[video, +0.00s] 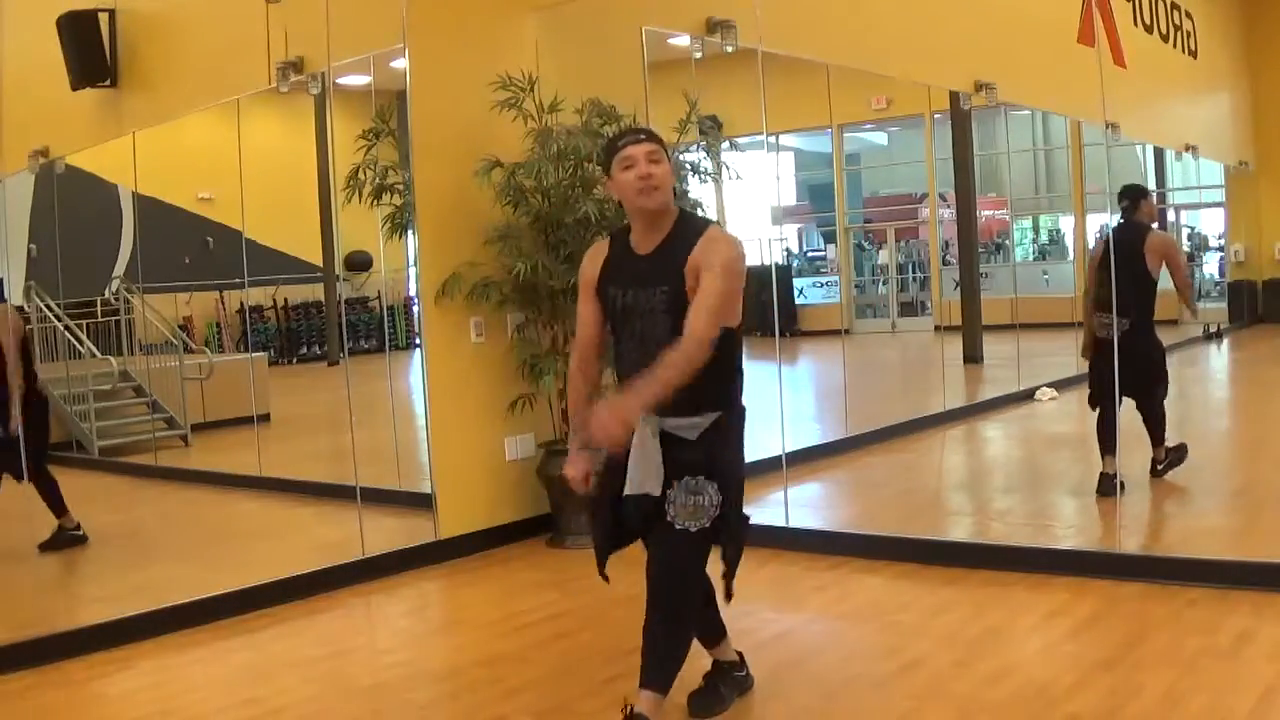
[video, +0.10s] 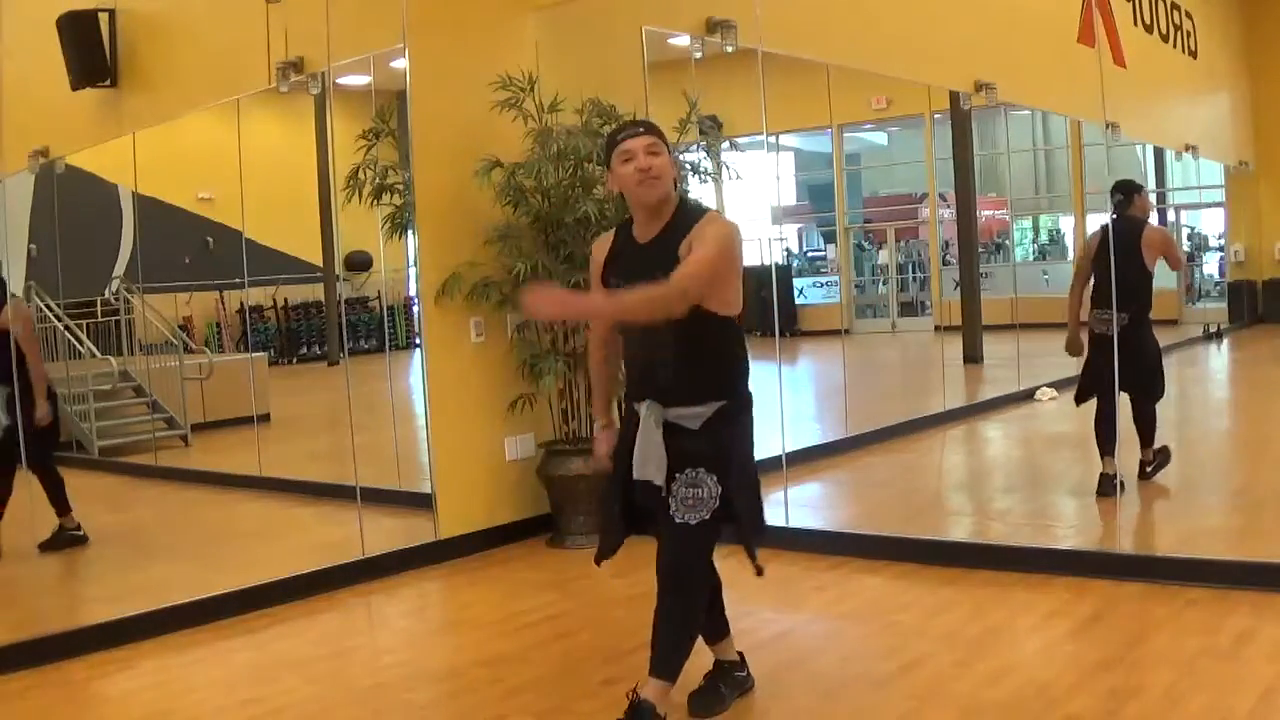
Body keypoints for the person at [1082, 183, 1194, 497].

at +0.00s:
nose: (1155, 207)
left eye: (1153, 201)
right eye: (1152, 202)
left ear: (1124, 208)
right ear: (1142, 206)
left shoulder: (1104, 242)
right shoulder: (1161, 241)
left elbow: (1091, 294)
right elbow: (1184, 287)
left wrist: (1088, 335)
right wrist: (1189, 304)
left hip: (1104, 337)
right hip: (1139, 336)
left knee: (1107, 405)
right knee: (1150, 397)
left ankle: (1108, 474)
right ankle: (1160, 456)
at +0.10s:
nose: (1149, 201)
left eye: (1147, 195)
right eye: (1146, 196)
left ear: (1117, 202)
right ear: (1136, 199)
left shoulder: (1097, 238)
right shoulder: (1156, 235)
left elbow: (1078, 285)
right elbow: (1177, 265)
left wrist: (1073, 330)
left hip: (1101, 334)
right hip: (1136, 334)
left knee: (1105, 401)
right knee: (1143, 396)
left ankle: (1107, 473)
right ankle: (1147, 459)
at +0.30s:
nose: (1136, 199)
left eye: (1133, 194)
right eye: (1133, 194)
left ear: (1108, 201)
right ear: (1125, 198)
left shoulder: (1087, 238)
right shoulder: (1150, 232)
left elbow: (1069, 285)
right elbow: (1156, 261)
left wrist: (1062, 329)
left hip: (1097, 334)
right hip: (1135, 332)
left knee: (1102, 400)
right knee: (1133, 397)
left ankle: (1106, 471)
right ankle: (1131, 459)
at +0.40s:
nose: (1130, 200)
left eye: (1126, 195)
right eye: (1127, 196)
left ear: (1101, 203)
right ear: (1122, 199)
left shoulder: (1086, 239)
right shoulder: (1148, 235)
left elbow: (1072, 290)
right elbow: (1152, 282)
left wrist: (1071, 335)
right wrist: (1139, 308)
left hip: (1099, 334)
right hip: (1135, 333)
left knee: (1103, 400)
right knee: (1133, 397)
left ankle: (1107, 471)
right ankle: (1131, 459)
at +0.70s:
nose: (1129, 203)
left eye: (1123, 199)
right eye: (1128, 198)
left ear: (1103, 204)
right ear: (1127, 200)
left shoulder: (1088, 239)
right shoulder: (1151, 233)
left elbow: (1079, 287)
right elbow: (1178, 271)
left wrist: (1078, 330)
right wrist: (1186, 314)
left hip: (1102, 333)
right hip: (1142, 333)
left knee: (1103, 399)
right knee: (1154, 393)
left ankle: (1107, 472)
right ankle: (1158, 457)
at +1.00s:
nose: (1166, 204)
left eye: (1163, 199)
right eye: (1163, 199)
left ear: (1134, 204)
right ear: (1156, 201)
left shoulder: (1117, 240)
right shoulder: (1176, 234)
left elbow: (1107, 290)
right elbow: (1194, 284)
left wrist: (1106, 335)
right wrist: (1199, 326)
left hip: (1125, 336)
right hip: (1163, 335)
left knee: (1114, 402)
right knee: (1176, 397)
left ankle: (1107, 468)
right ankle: (1182, 462)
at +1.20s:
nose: (1192, 200)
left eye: (1191, 194)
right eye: (1189, 195)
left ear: (1162, 200)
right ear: (1180, 198)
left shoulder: (1145, 234)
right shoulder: (1191, 231)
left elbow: (1141, 286)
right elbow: (1211, 275)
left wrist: (1142, 326)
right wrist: (1212, 296)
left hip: (1149, 326)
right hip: (1182, 325)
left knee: (1154, 389)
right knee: (1193, 392)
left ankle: (1121, 435)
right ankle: (1184, 461)